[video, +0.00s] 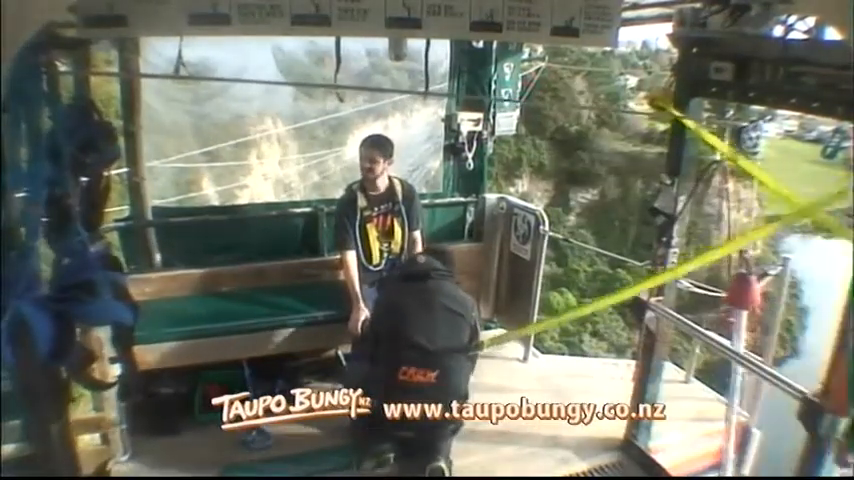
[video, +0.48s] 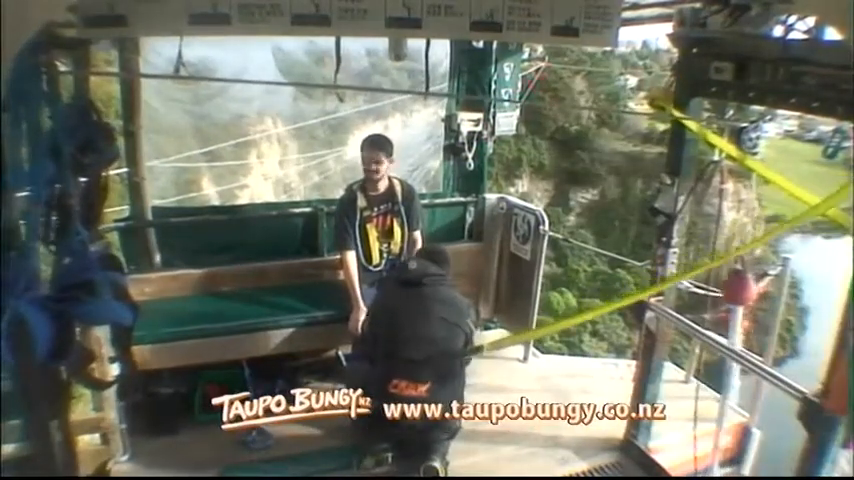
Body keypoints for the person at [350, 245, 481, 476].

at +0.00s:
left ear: (409, 267)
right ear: (449, 271)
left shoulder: (390, 293)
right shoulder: (465, 301)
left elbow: (369, 345)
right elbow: (472, 352)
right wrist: (460, 381)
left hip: (392, 394)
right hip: (446, 397)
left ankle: (378, 445)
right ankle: (439, 458)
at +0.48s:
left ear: (414, 263)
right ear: (445, 270)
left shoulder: (387, 295)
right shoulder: (461, 305)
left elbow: (366, 345)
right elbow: (464, 352)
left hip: (388, 403)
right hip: (439, 406)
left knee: (355, 372)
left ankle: (377, 445)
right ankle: (436, 455)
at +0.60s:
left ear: (412, 264)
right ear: (443, 270)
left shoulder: (384, 296)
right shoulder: (458, 306)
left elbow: (365, 347)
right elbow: (462, 354)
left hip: (386, 406)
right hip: (436, 409)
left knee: (354, 370)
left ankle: (376, 446)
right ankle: (436, 455)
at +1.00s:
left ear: (410, 269)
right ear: (440, 274)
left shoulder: (380, 301)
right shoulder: (453, 306)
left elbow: (364, 351)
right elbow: (462, 356)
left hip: (384, 416)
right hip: (436, 421)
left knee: (353, 370)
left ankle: (376, 449)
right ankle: (437, 458)